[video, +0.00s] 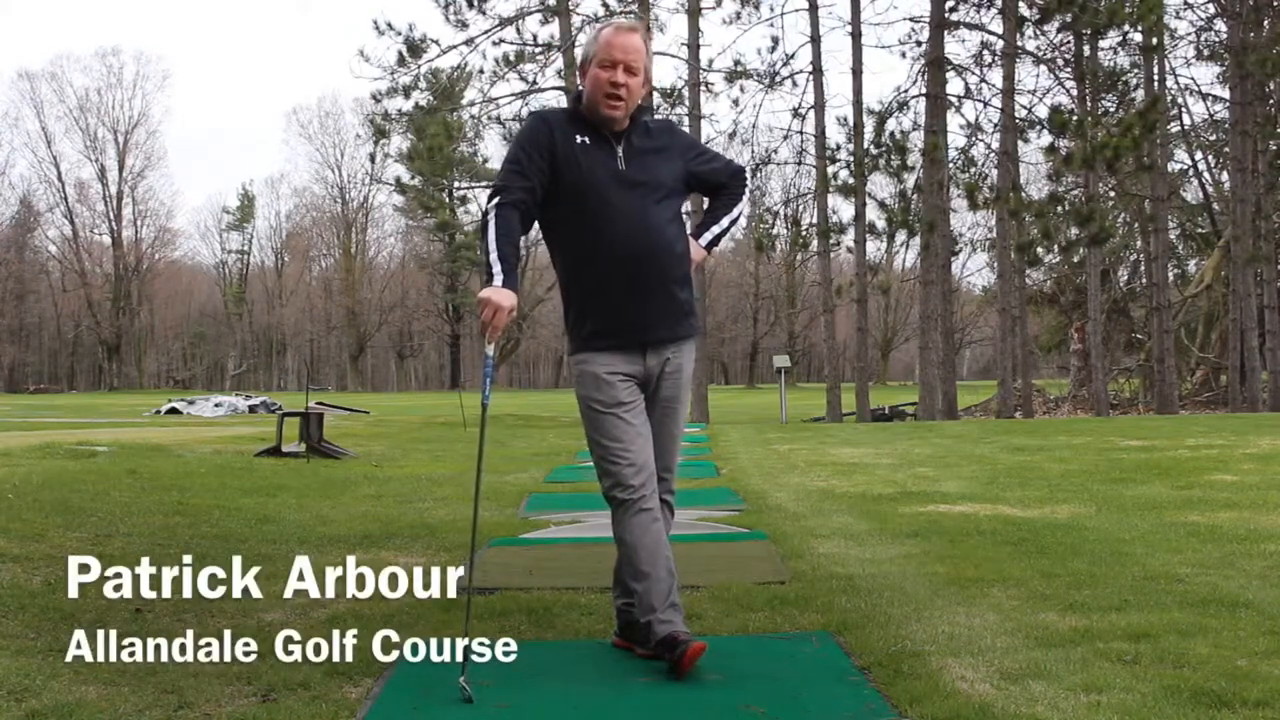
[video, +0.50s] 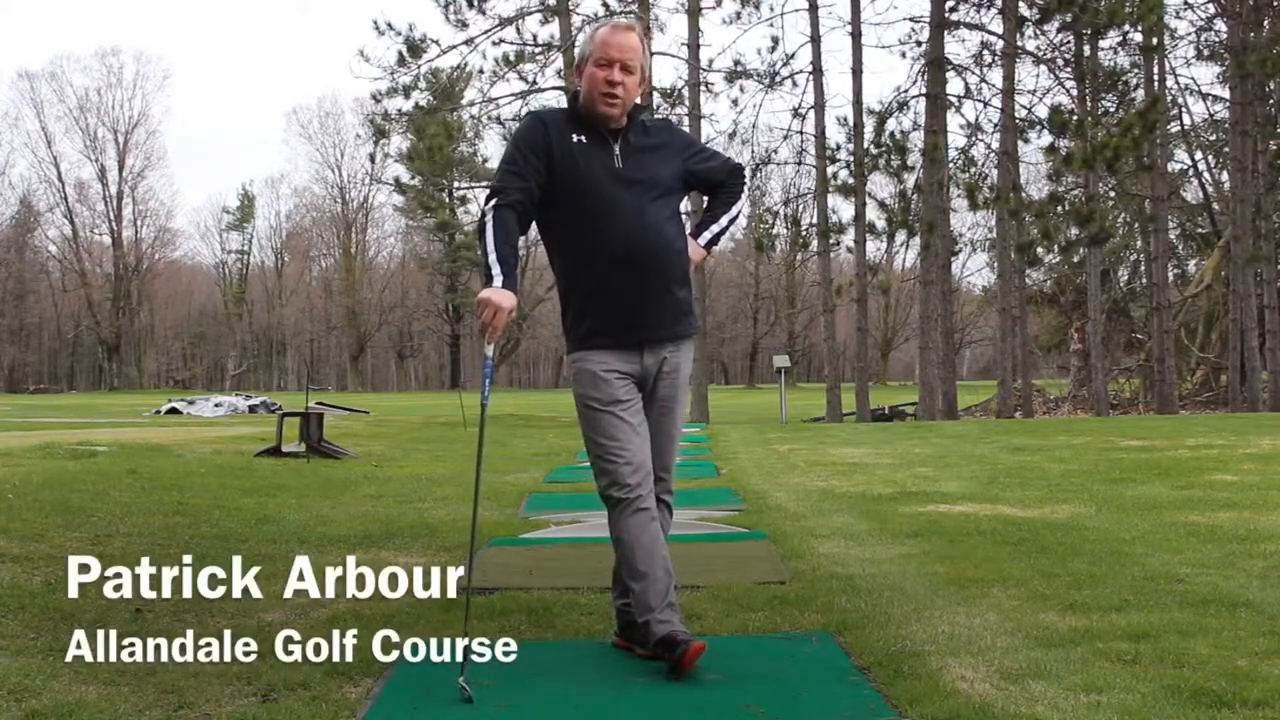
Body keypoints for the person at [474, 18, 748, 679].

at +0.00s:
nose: (617, 80)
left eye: (630, 70)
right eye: (606, 67)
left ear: (646, 82)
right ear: (584, 72)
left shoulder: (669, 141)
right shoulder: (548, 133)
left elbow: (733, 181)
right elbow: (508, 203)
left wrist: (703, 240)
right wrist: (503, 282)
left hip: (674, 339)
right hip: (599, 344)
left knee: (659, 488)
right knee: (634, 486)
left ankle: (634, 619)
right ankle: (669, 631)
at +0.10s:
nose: (616, 80)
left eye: (628, 70)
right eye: (605, 67)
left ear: (644, 81)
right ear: (582, 72)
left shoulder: (668, 140)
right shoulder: (546, 132)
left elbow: (732, 179)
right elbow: (507, 204)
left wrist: (703, 240)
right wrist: (502, 282)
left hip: (674, 338)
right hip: (598, 343)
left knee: (658, 488)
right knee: (633, 486)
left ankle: (633, 619)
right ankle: (669, 631)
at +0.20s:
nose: (614, 78)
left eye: (627, 69)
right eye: (603, 66)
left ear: (642, 82)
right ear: (580, 72)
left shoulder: (667, 139)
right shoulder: (545, 132)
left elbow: (732, 179)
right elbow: (507, 204)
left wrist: (703, 239)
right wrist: (502, 282)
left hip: (673, 338)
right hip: (598, 342)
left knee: (658, 487)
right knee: (633, 486)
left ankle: (634, 618)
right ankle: (668, 631)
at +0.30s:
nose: (612, 78)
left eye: (625, 69)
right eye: (602, 65)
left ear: (641, 81)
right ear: (580, 72)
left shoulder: (667, 140)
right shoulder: (545, 132)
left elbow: (732, 179)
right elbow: (506, 204)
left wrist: (702, 239)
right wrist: (501, 282)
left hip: (672, 338)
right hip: (597, 342)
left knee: (657, 488)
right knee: (632, 486)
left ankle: (634, 618)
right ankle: (668, 631)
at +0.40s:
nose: (612, 77)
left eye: (625, 69)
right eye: (602, 65)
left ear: (641, 81)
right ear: (580, 72)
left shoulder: (666, 140)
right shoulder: (544, 132)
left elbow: (732, 179)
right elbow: (506, 203)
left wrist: (702, 240)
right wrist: (501, 282)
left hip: (672, 339)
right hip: (597, 343)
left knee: (657, 488)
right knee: (631, 486)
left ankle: (634, 618)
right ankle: (668, 631)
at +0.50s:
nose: (613, 78)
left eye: (626, 69)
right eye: (603, 65)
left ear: (641, 82)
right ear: (579, 71)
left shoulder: (666, 139)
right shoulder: (544, 132)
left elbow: (731, 179)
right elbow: (506, 204)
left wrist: (702, 239)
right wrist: (502, 281)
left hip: (672, 339)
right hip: (597, 343)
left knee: (657, 488)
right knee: (631, 485)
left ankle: (633, 619)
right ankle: (667, 631)